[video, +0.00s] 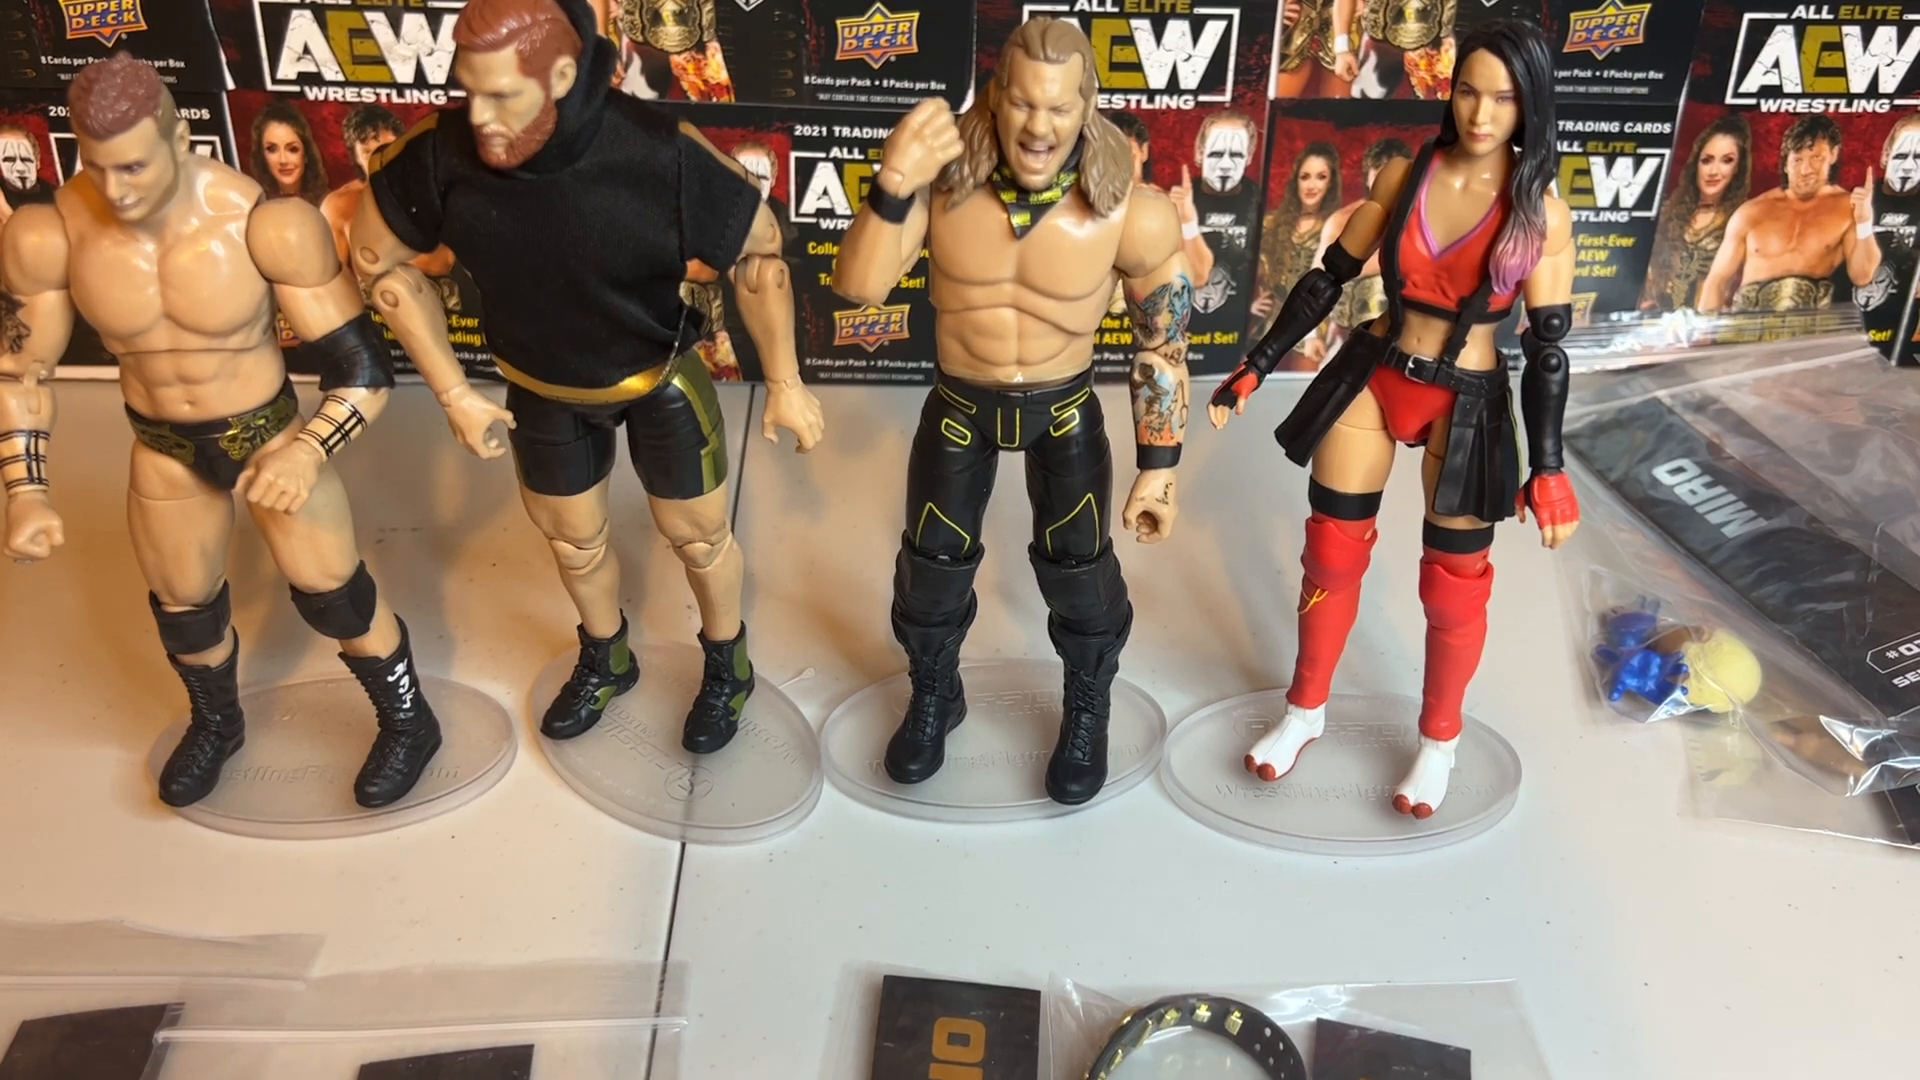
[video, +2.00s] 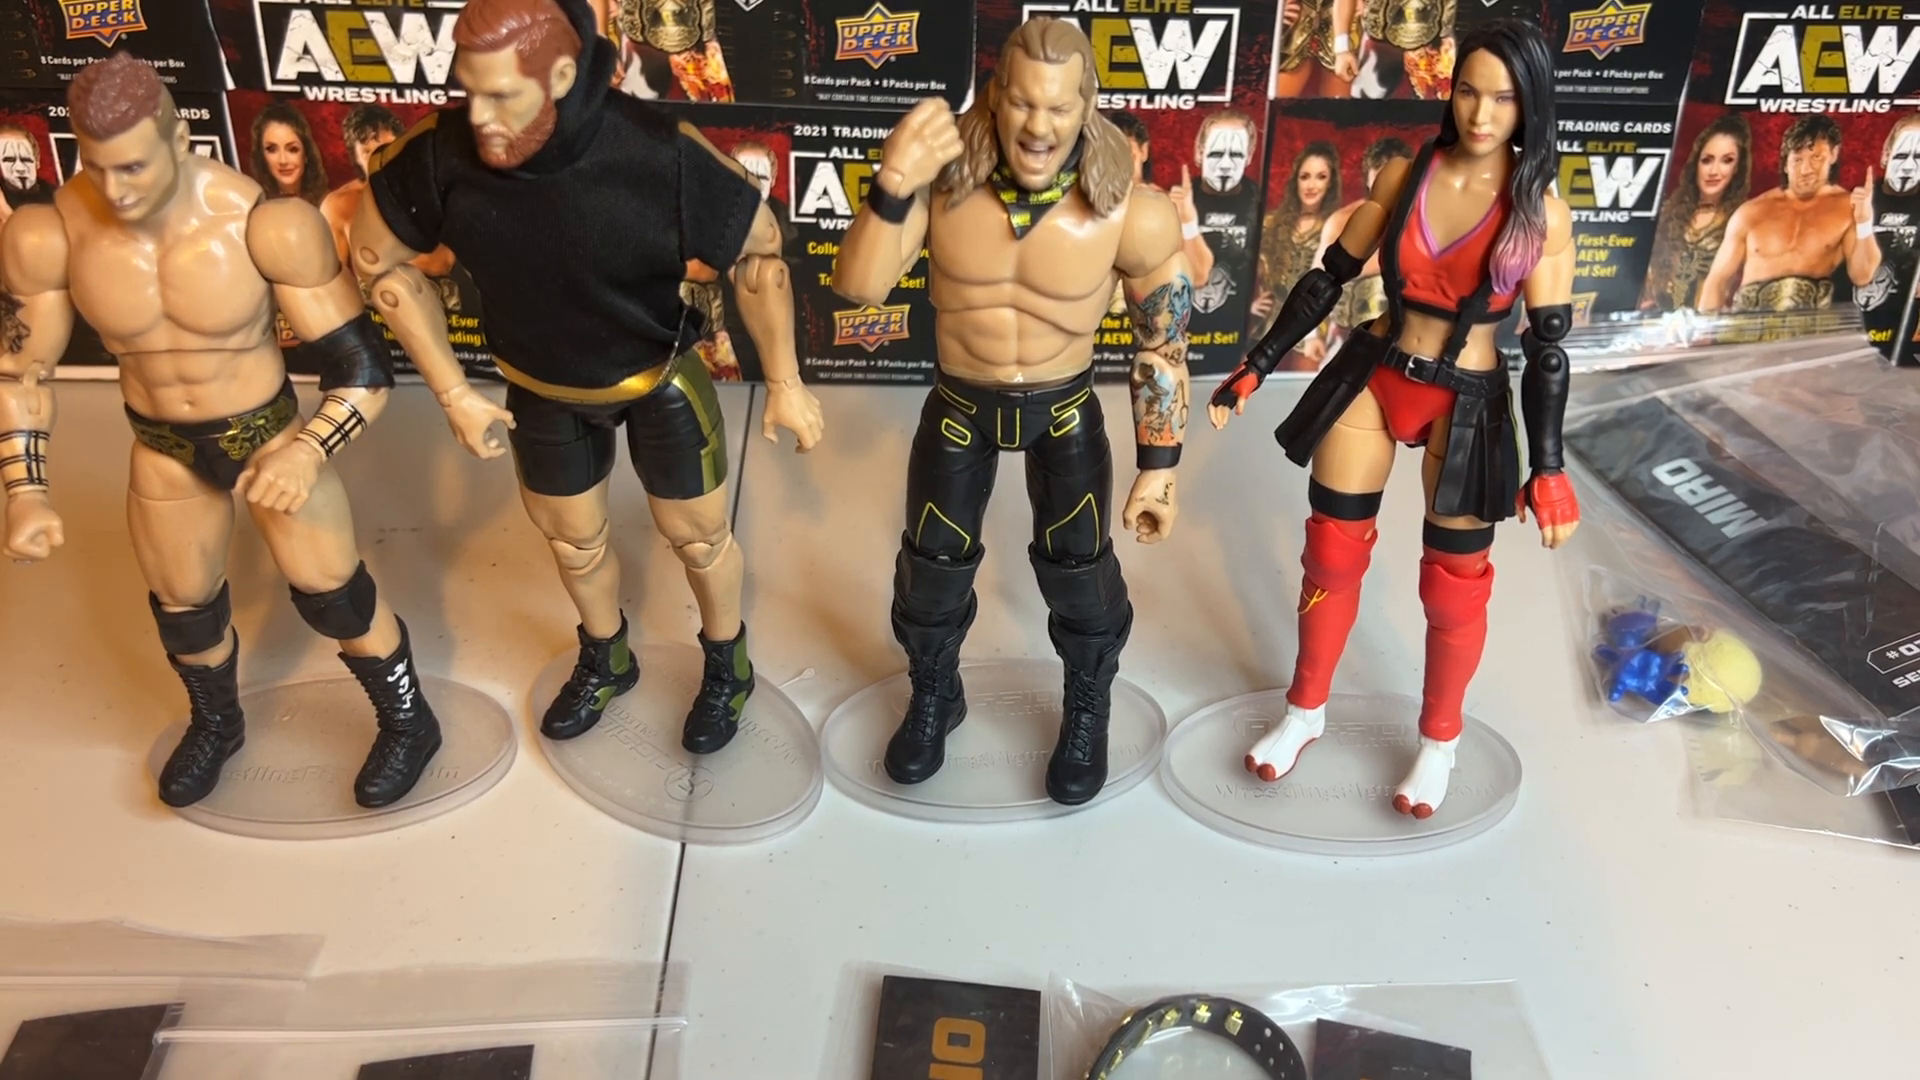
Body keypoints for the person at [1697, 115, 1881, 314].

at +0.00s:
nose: (1806, 169)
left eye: (1816, 158)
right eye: (1797, 160)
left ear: (1833, 156)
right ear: (1785, 162)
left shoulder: (1847, 206)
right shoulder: (1750, 212)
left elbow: (1861, 277)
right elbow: (1717, 281)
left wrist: (1864, 223)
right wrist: (1704, 335)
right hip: (1748, 311)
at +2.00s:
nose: (1806, 169)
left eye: (1816, 158)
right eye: (1797, 160)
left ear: (1833, 155)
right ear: (1785, 162)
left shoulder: (1847, 206)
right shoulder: (1750, 212)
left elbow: (1862, 277)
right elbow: (1717, 281)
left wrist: (1864, 223)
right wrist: (1704, 335)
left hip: (1808, 313)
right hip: (1748, 311)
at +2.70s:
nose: (1806, 169)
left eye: (1816, 158)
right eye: (1797, 160)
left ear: (1834, 156)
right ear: (1785, 162)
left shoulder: (1847, 206)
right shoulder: (1750, 212)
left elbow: (1861, 277)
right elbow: (1718, 281)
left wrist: (1864, 223)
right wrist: (1704, 335)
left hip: (1809, 314)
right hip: (1748, 312)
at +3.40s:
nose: (1806, 169)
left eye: (1817, 158)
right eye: (1798, 160)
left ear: (1834, 156)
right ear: (1785, 163)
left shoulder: (1848, 206)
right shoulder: (1751, 212)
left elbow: (1862, 277)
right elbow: (1718, 281)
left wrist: (1864, 223)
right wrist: (1704, 334)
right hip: (1748, 312)